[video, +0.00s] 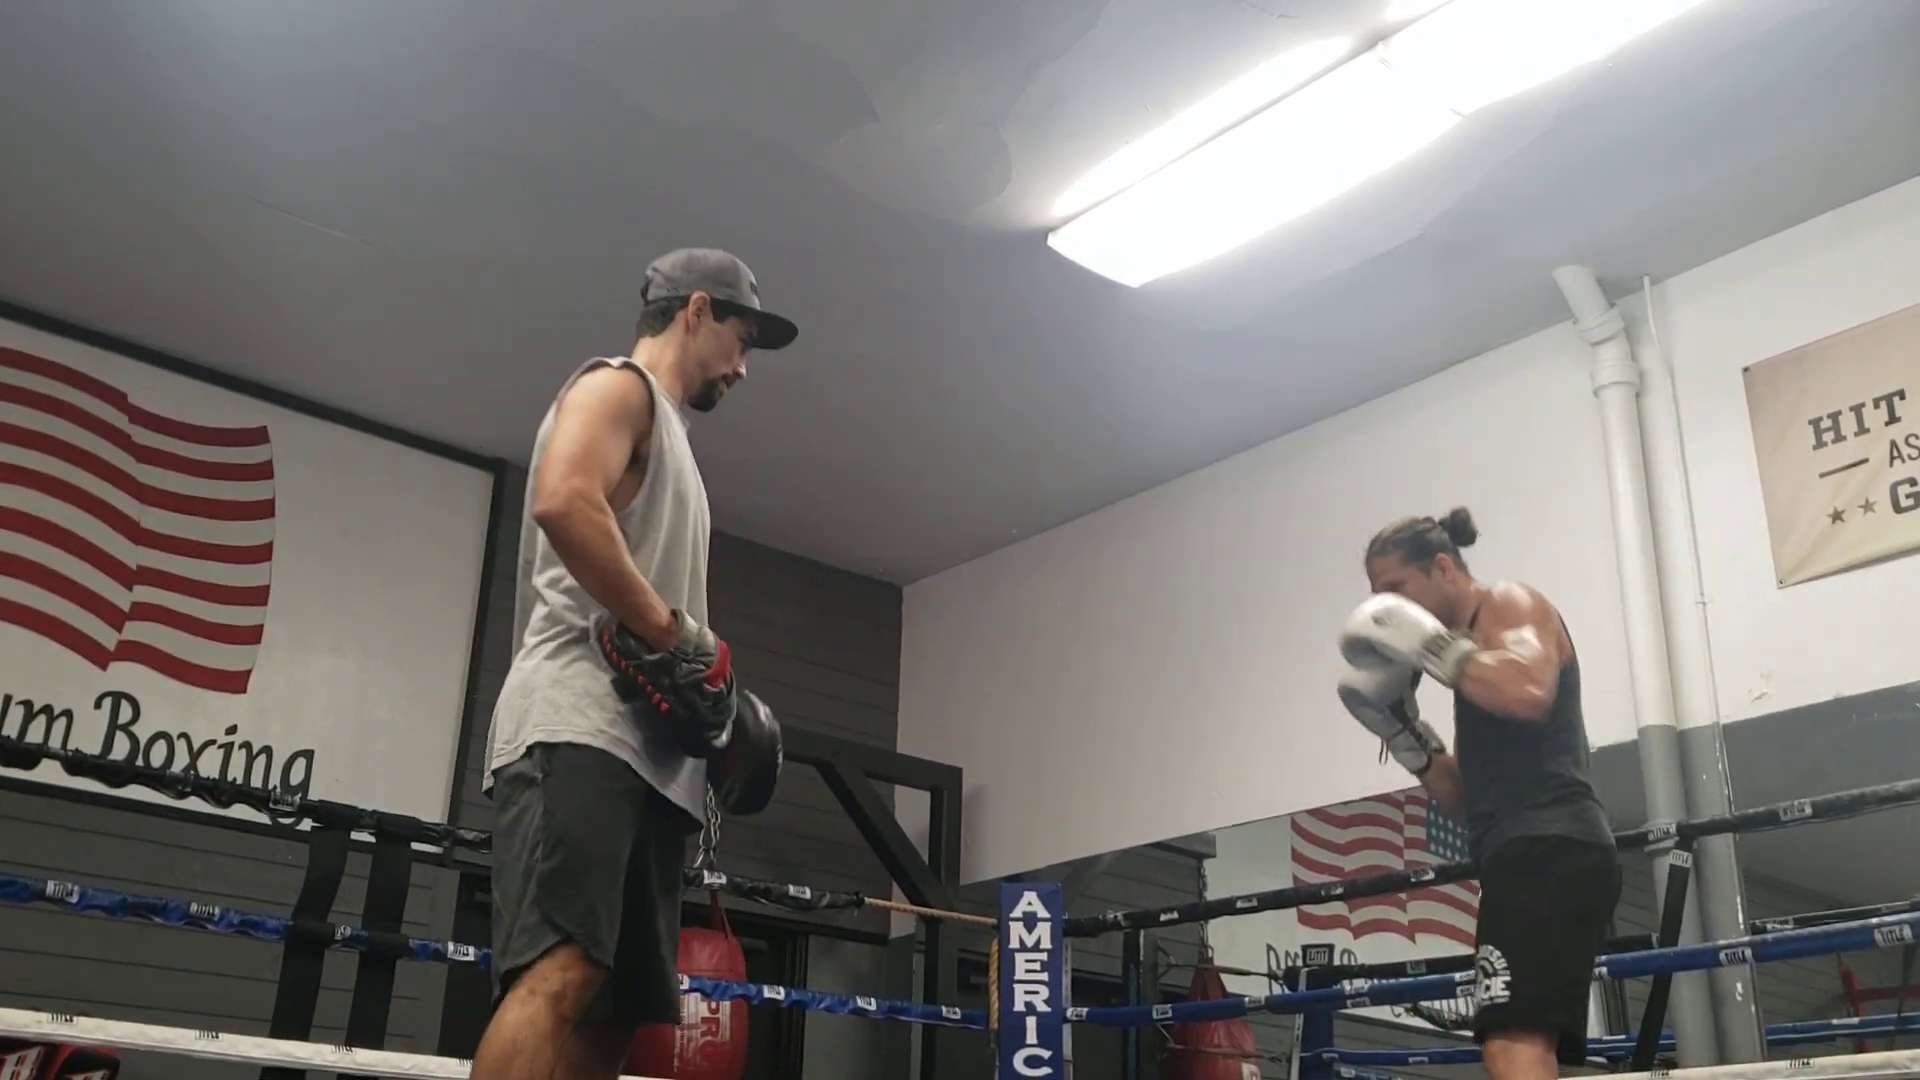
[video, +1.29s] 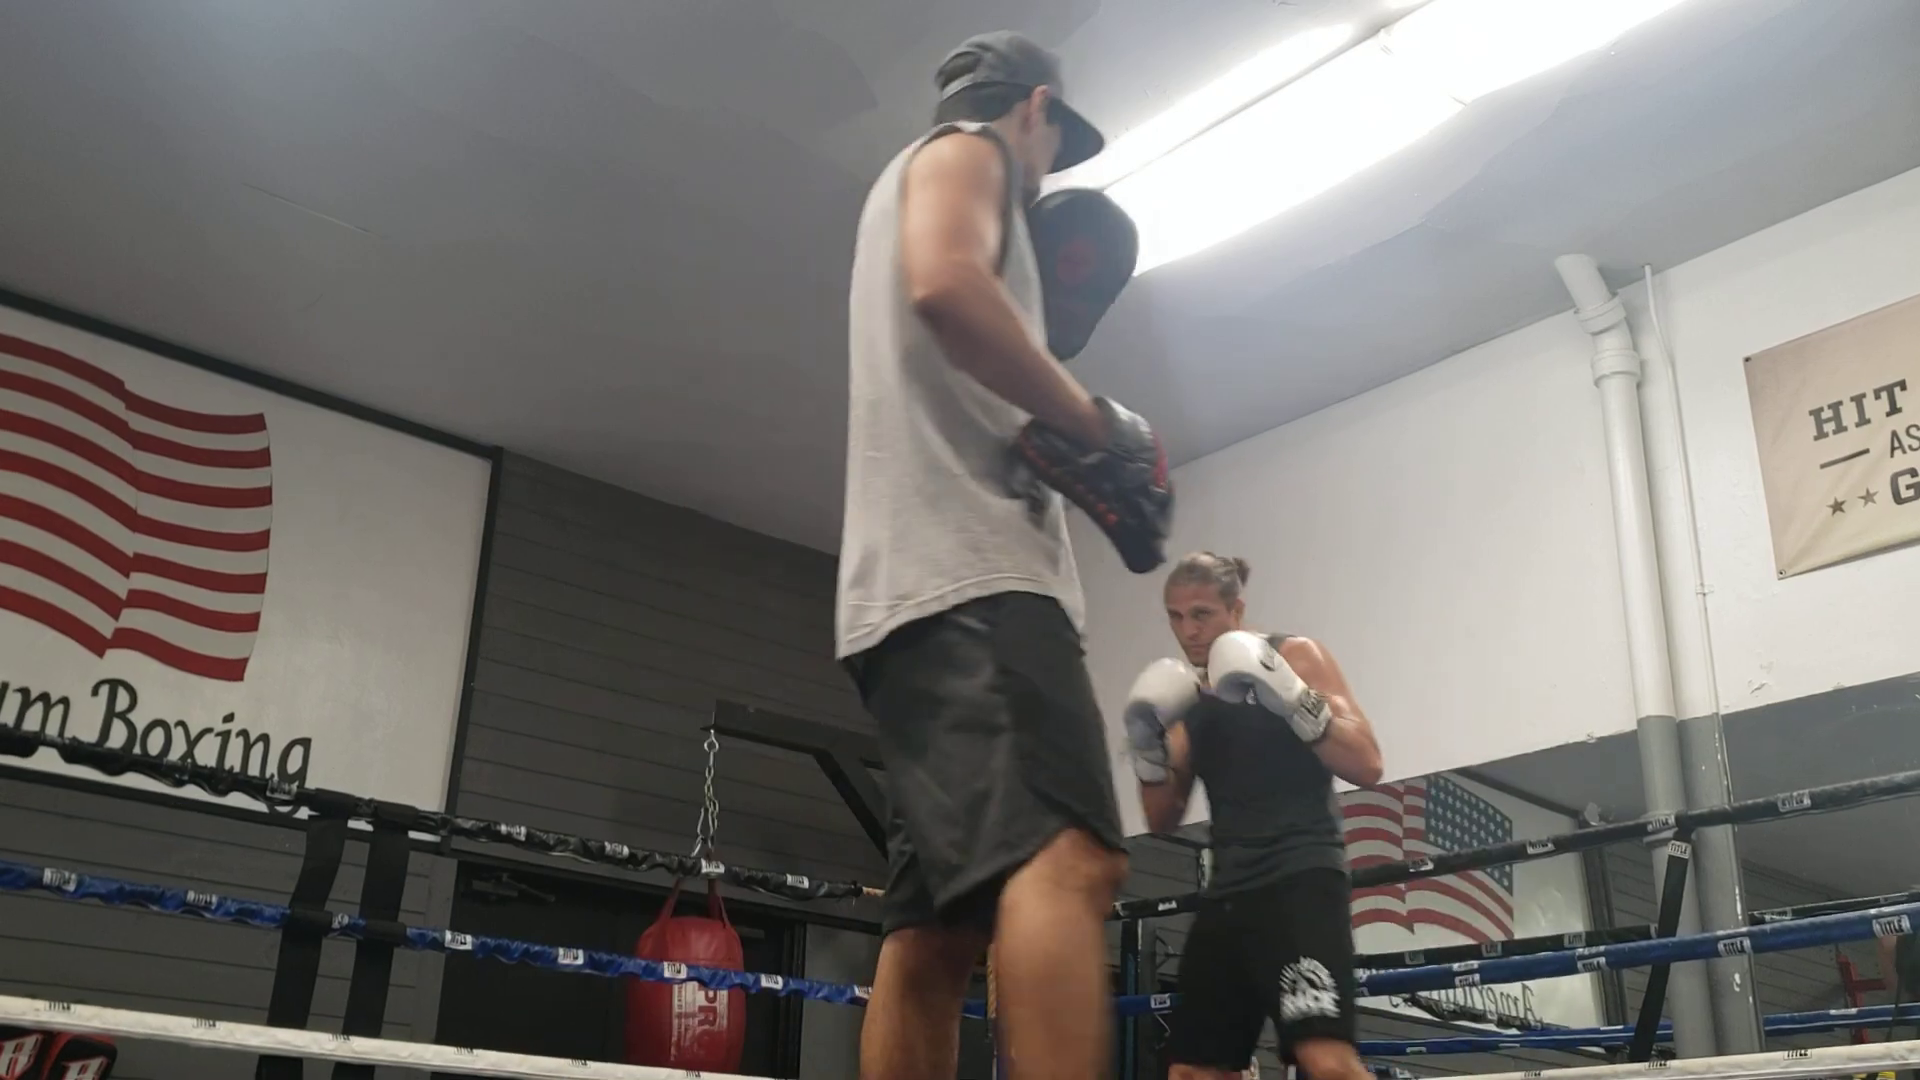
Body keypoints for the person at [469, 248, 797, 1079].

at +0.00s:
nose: (745, 365)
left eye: (753, 349)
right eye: (744, 337)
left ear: (689, 322)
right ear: (696, 313)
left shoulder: (676, 454)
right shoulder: (616, 386)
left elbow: (656, 606)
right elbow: (566, 501)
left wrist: (721, 707)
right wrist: (675, 640)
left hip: (649, 750)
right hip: (578, 721)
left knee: (613, 1012)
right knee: (560, 974)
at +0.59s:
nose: (763, 235)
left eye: (771, 214)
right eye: (764, 200)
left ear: (701, 177)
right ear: (716, 170)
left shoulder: (690, 319)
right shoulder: (612, 253)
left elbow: (677, 489)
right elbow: (586, 394)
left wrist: (757, 567)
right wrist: (732, 521)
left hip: (700, 675)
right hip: (589, 657)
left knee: (756, 930)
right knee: (520, 942)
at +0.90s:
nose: (888, 231)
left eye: (895, 211)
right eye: (892, 198)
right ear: (858, 161)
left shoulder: (823, 318)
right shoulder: (748, 210)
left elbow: (818, 479)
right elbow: (717, 336)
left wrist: (913, 554)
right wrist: (862, 483)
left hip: (847, 658)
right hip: (727, 630)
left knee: (885, 938)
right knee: (636, 936)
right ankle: (520, 1075)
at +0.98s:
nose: (928, 218)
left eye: (936, 199)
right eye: (932, 188)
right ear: (897, 154)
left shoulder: (863, 301)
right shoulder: (793, 196)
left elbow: (864, 458)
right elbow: (771, 323)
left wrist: (969, 523)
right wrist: (925, 459)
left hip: (890, 642)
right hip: (784, 615)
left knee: (913, 940)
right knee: (751, 916)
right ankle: (576, 1073)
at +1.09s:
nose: (973, 195)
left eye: (981, 178)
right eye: (974, 166)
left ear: (914, 140)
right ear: (939, 135)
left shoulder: (910, 277)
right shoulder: (841, 181)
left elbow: (902, 442)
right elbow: (826, 307)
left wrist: (1003, 487)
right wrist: (989, 434)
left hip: (931, 610)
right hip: (852, 588)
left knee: (936, 926)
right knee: (891, 883)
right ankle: (679, 1069)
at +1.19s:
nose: (1014, 173)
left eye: (1021, 156)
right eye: (1017, 146)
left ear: (941, 114)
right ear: (987, 114)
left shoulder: (944, 249)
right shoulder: (898, 159)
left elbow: (932, 425)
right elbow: (878, 290)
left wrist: (1031, 468)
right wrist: (1033, 413)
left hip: (937, 575)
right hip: (907, 563)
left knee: (952, 874)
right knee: (1010, 845)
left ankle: (905, 1063)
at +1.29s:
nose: (1058, 156)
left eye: (1062, 139)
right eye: (1057, 129)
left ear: (968, 103)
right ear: (1026, 103)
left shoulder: (914, 188)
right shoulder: (966, 148)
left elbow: (956, 417)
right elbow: (945, 282)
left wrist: (1068, 467)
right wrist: (1096, 420)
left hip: (917, 586)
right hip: (969, 574)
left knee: (934, 933)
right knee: (1067, 863)